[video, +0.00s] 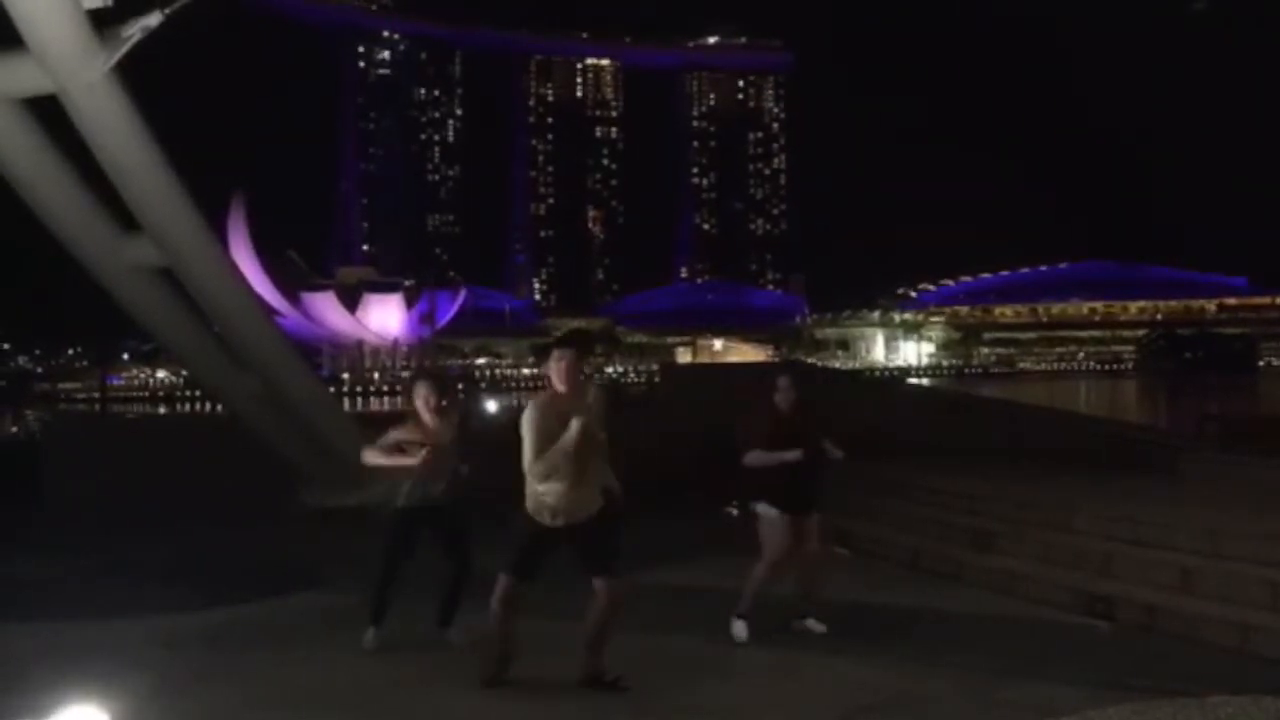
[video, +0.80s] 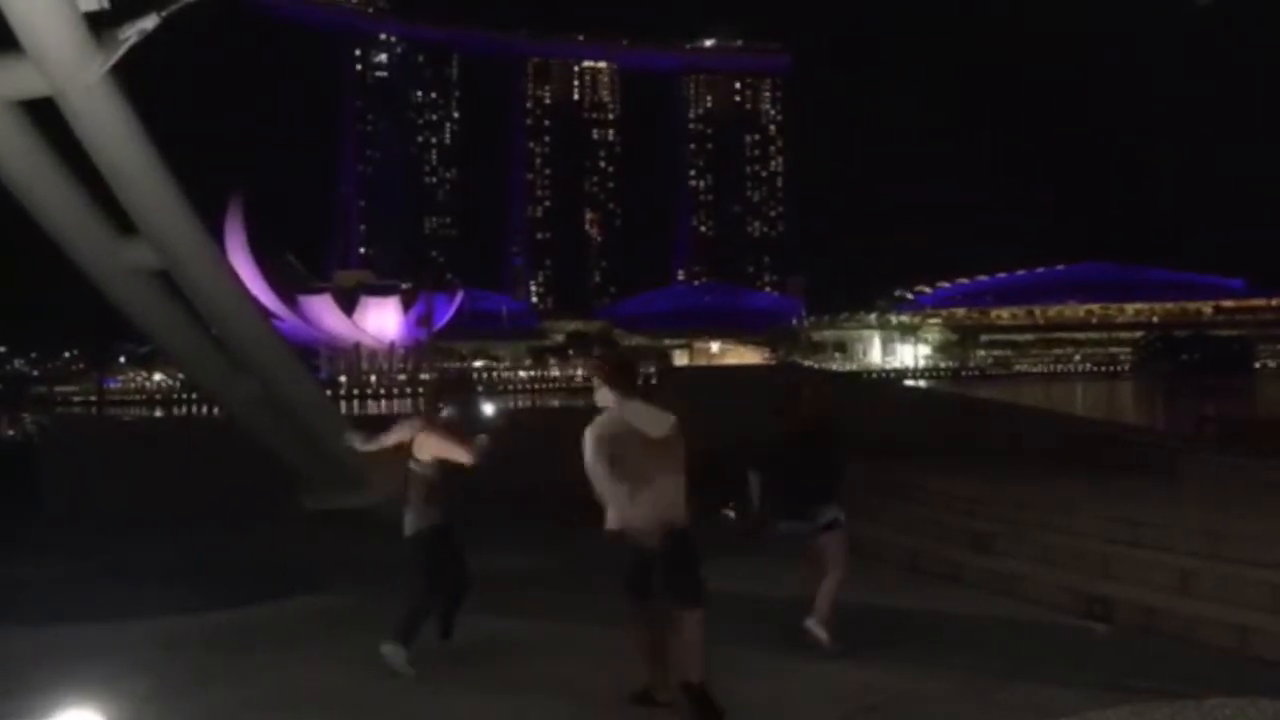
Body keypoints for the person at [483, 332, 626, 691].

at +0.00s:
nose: (569, 369)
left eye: (575, 361)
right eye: (561, 361)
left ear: (585, 368)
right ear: (547, 369)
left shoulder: (590, 406)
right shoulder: (537, 411)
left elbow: (596, 453)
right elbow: (536, 470)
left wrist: (610, 483)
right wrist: (573, 430)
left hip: (588, 515)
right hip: (541, 518)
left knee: (608, 590)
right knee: (504, 593)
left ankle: (592, 669)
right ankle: (499, 664)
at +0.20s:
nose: (604, 371)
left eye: (606, 364)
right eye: (597, 364)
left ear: (607, 371)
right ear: (579, 367)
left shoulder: (610, 406)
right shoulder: (566, 405)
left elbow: (641, 436)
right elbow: (565, 474)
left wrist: (685, 450)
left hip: (603, 512)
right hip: (568, 513)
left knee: (632, 582)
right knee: (571, 598)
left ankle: (612, 672)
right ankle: (553, 663)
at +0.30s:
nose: (610, 375)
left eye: (615, 368)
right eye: (603, 368)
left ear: (620, 371)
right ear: (587, 371)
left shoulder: (617, 407)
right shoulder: (578, 410)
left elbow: (639, 440)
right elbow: (591, 462)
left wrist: (674, 462)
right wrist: (629, 445)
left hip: (615, 511)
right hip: (582, 515)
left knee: (635, 589)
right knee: (599, 598)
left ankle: (614, 673)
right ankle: (555, 638)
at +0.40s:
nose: (629, 374)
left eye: (632, 365)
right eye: (623, 365)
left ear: (631, 367)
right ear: (602, 367)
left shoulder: (618, 406)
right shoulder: (594, 409)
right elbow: (616, 478)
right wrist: (646, 440)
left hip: (615, 510)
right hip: (595, 514)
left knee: (640, 585)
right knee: (641, 584)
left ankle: (613, 671)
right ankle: (597, 662)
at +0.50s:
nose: (650, 373)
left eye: (652, 366)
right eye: (643, 365)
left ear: (653, 371)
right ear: (625, 368)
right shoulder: (618, 399)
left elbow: (583, 447)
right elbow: (656, 444)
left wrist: (585, 489)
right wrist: (672, 413)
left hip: (629, 508)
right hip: (616, 510)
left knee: (636, 592)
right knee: (662, 586)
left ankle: (618, 677)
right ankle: (641, 679)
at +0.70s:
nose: (669, 396)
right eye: (666, 390)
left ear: (631, 391)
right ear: (662, 391)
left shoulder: (607, 434)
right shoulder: (678, 429)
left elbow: (560, 482)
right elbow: (722, 457)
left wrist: (558, 538)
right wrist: (689, 478)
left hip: (623, 537)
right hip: (668, 533)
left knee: (642, 614)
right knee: (687, 612)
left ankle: (652, 687)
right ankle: (679, 701)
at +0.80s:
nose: (598, 390)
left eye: (599, 384)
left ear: (604, 387)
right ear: (636, 382)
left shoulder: (598, 431)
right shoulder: (667, 423)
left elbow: (606, 488)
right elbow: (677, 481)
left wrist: (634, 514)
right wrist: (672, 514)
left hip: (628, 532)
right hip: (674, 529)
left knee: (643, 611)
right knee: (688, 607)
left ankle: (655, 685)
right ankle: (694, 682)